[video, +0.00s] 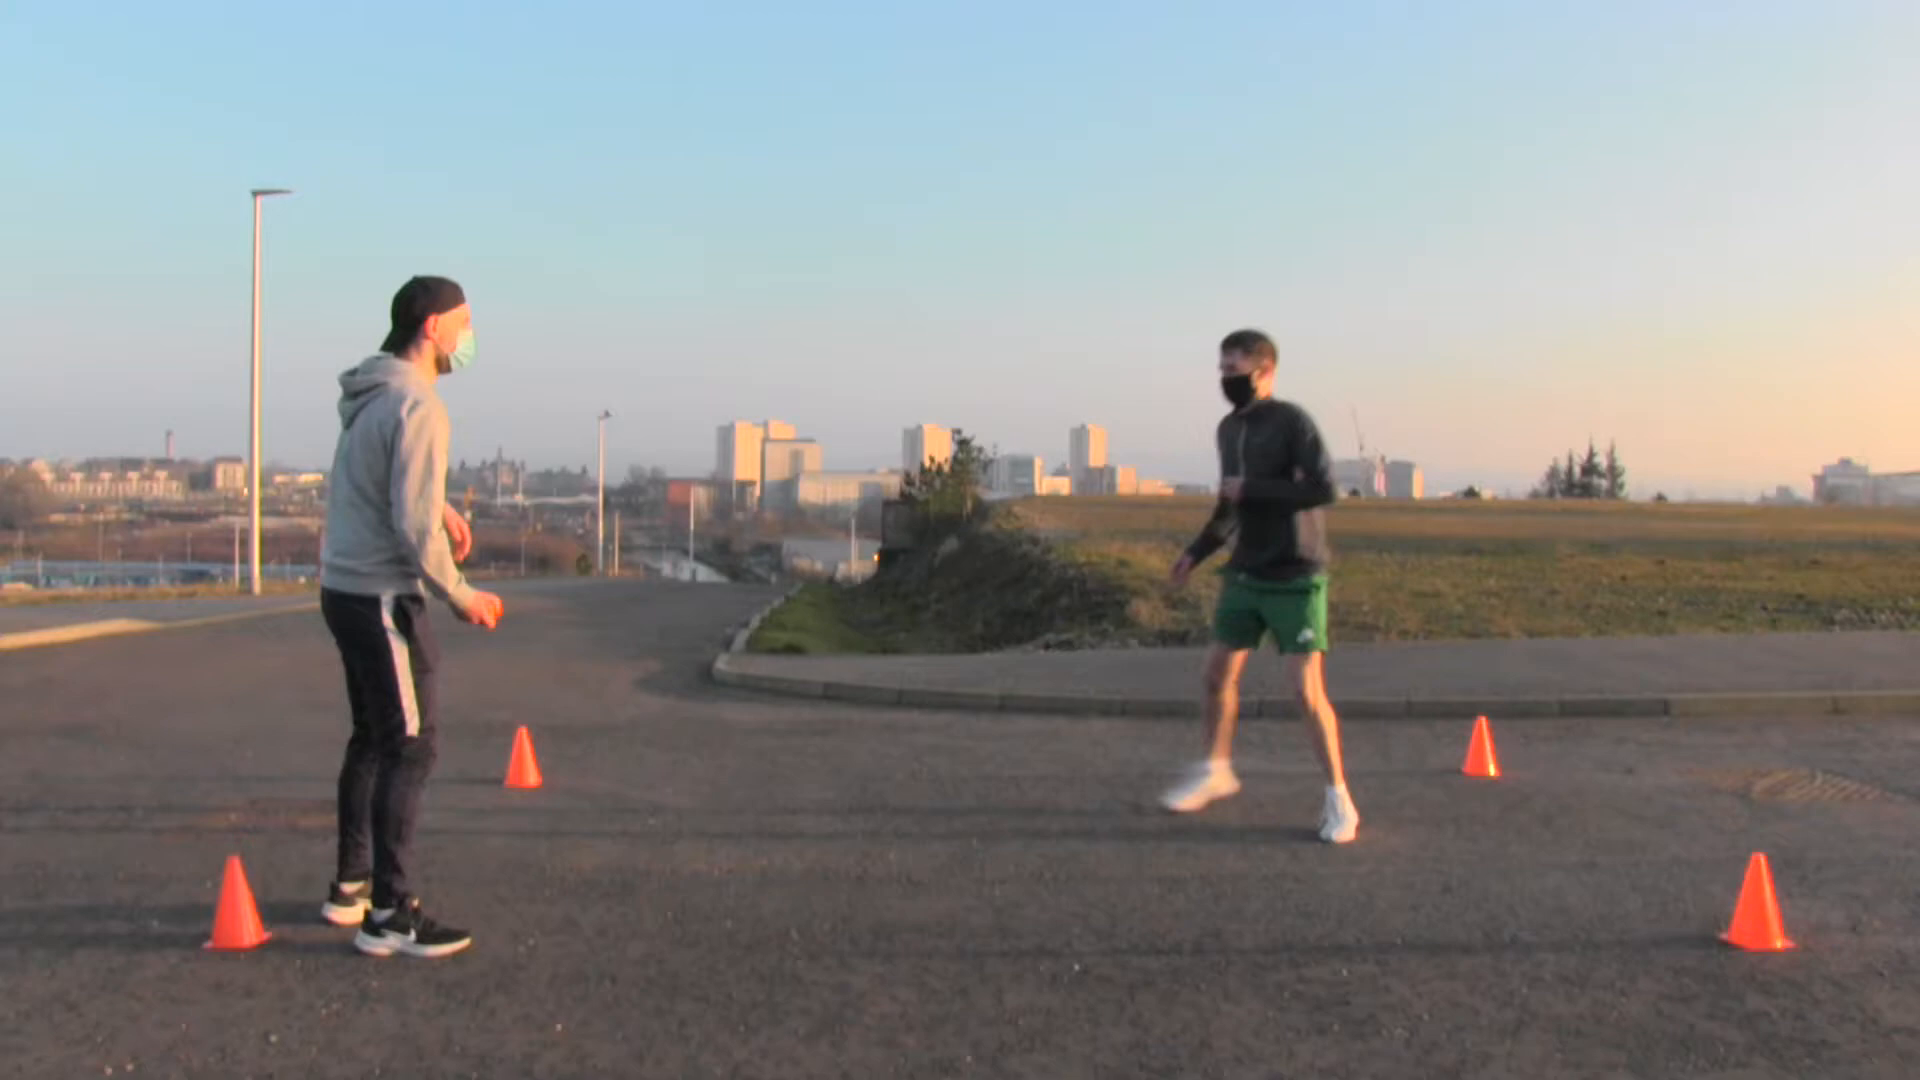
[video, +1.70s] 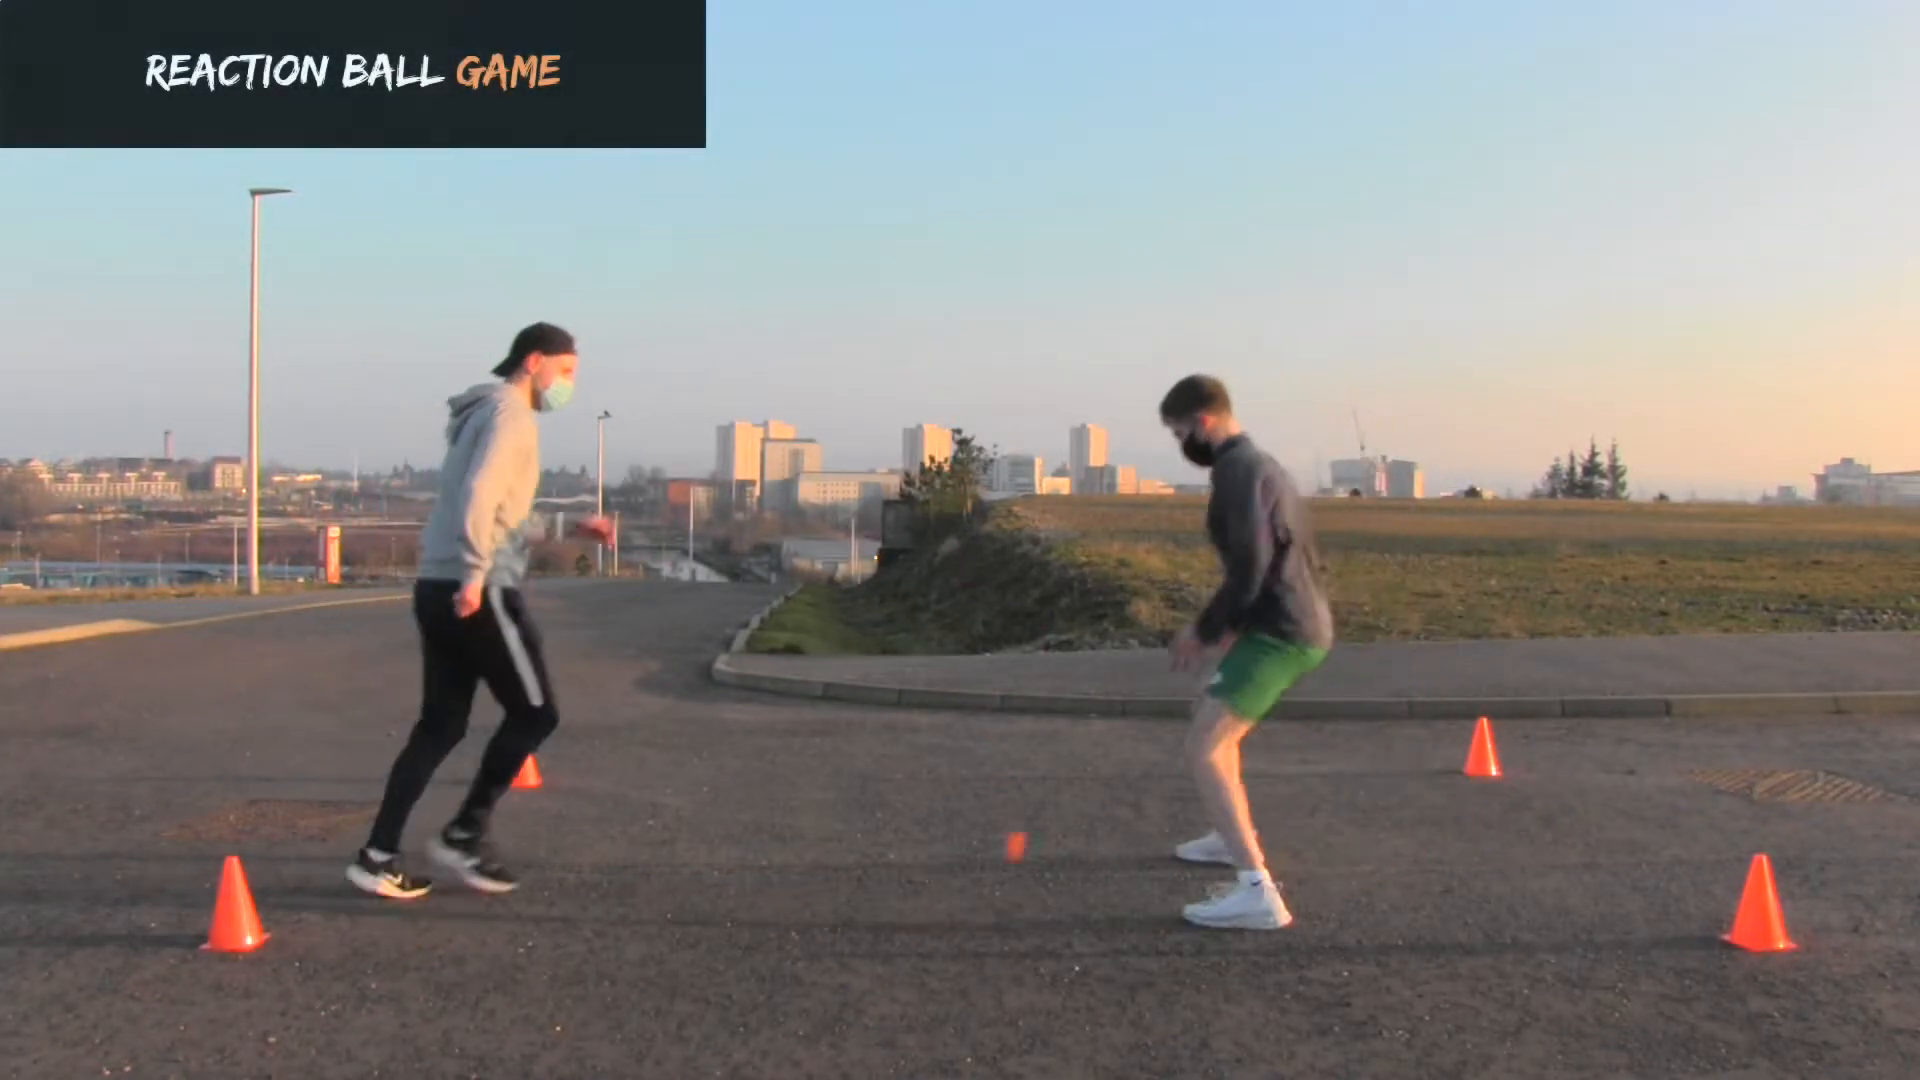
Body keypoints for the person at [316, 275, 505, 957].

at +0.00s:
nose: (470, 335)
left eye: (468, 322)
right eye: (463, 322)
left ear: (419, 326)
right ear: (432, 327)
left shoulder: (374, 393)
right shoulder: (418, 408)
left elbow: (384, 484)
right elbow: (414, 523)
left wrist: (440, 512)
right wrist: (465, 595)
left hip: (350, 588)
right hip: (382, 596)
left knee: (373, 737)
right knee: (411, 747)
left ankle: (352, 885)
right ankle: (390, 910)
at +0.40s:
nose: (449, 337)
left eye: (449, 325)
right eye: (442, 324)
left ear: (399, 324)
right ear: (409, 324)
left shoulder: (361, 394)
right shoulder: (398, 399)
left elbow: (380, 500)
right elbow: (429, 508)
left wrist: (434, 549)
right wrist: (498, 570)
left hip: (343, 586)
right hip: (374, 591)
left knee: (356, 734)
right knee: (411, 738)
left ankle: (351, 884)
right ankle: (353, 895)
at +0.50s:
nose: (446, 332)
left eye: (446, 320)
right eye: (439, 319)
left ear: (397, 320)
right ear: (403, 320)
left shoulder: (365, 388)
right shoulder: (395, 395)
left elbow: (372, 478)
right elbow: (462, 484)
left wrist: (424, 509)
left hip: (350, 584)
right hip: (367, 591)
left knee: (363, 735)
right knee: (393, 741)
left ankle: (351, 884)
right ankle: (346, 896)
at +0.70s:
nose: (447, 319)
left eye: (442, 307)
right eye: (437, 308)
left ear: (396, 323)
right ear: (406, 321)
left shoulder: (367, 393)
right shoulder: (401, 400)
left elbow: (375, 499)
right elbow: (431, 508)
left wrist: (430, 538)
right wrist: (499, 536)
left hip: (350, 589)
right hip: (373, 597)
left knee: (364, 740)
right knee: (381, 745)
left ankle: (349, 888)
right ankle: (340, 905)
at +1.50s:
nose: (530, 379)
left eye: (532, 367)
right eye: (527, 366)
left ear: (489, 358)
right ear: (496, 358)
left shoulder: (444, 411)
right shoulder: (478, 419)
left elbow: (425, 508)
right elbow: (464, 513)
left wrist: (455, 586)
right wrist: (481, 589)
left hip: (412, 591)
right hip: (419, 595)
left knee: (452, 727)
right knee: (426, 736)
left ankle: (378, 865)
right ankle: (356, 892)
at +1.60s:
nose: (541, 391)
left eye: (543, 381)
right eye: (538, 379)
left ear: (500, 369)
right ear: (506, 369)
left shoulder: (457, 419)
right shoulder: (492, 426)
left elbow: (458, 525)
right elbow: (471, 513)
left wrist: (522, 560)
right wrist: (472, 592)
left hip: (410, 597)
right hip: (434, 601)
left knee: (441, 736)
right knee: (479, 740)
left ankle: (380, 863)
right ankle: (389, 867)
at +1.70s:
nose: (568, 384)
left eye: (571, 374)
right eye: (565, 372)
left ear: (530, 362)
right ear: (532, 361)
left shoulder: (494, 408)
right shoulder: (510, 411)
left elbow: (502, 515)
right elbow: (480, 492)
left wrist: (571, 526)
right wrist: (474, 571)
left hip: (443, 587)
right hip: (481, 589)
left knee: (440, 724)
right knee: (535, 712)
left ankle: (377, 854)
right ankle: (464, 836)